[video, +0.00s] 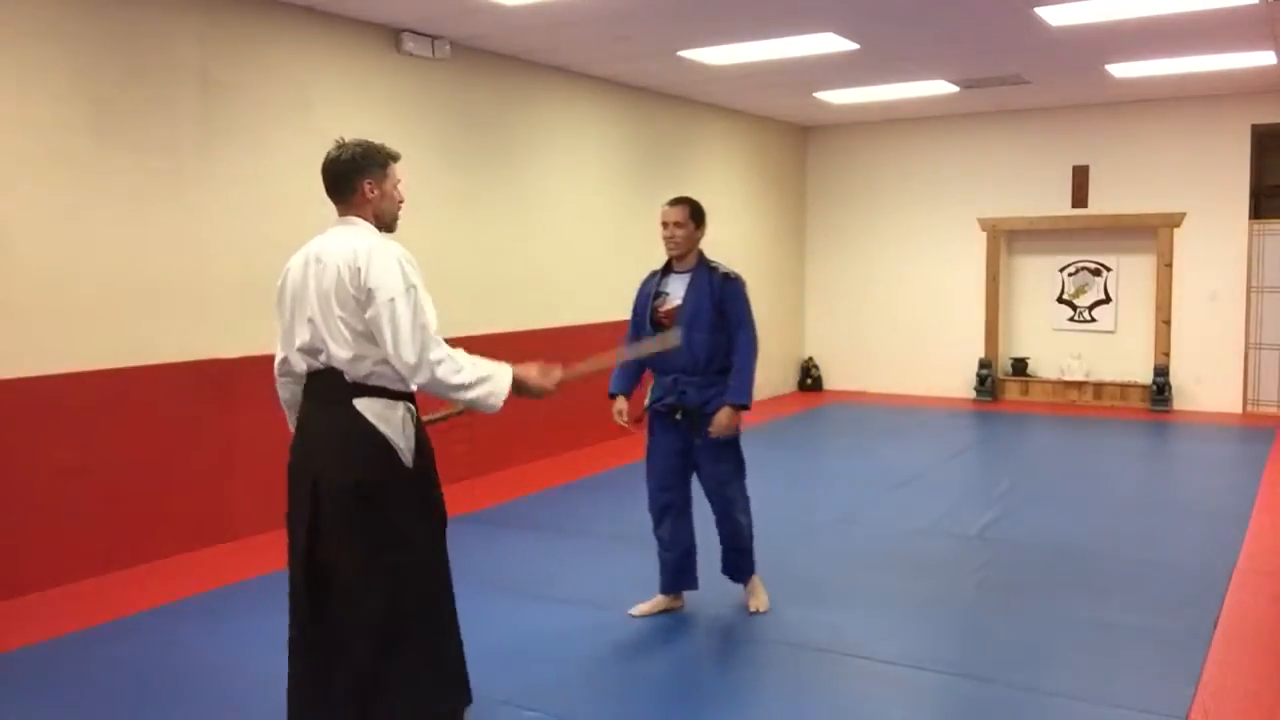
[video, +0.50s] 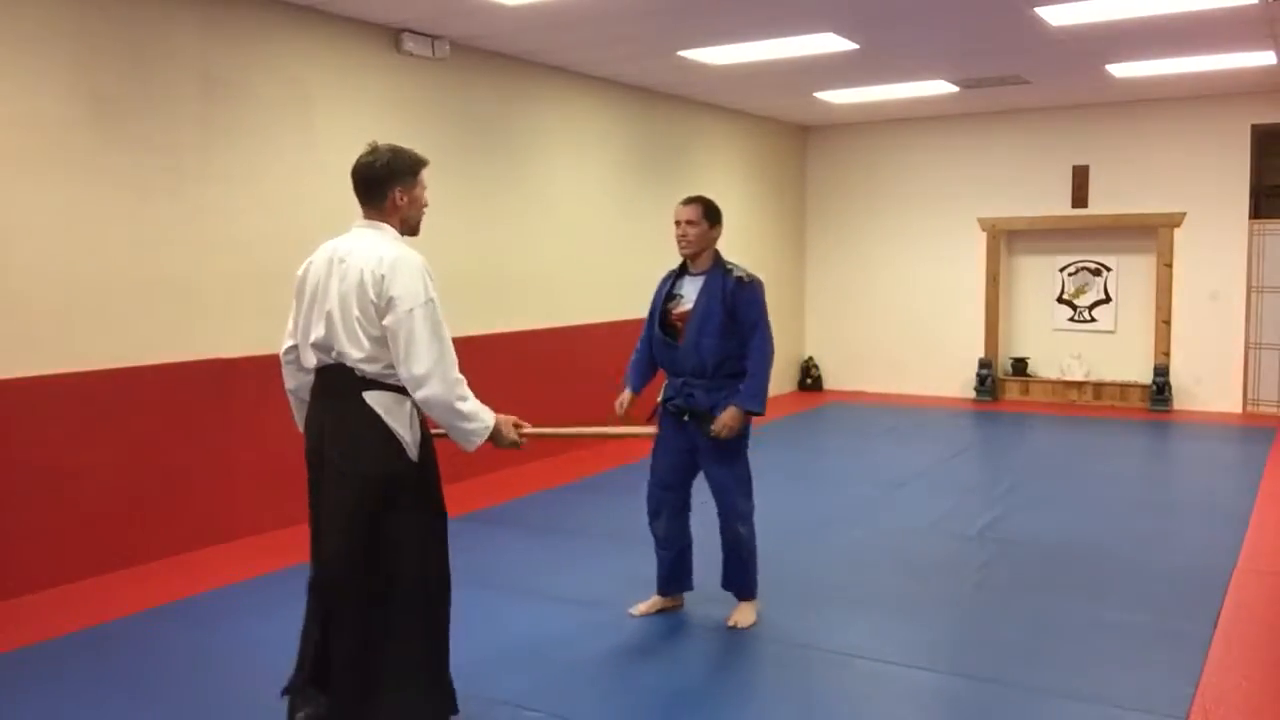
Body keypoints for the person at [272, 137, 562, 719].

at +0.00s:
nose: (402, 194)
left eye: (399, 183)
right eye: (395, 184)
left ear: (348, 194)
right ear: (368, 190)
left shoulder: (299, 264)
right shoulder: (380, 256)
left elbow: (289, 371)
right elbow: (421, 357)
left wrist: (312, 432)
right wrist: (511, 377)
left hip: (316, 433)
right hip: (377, 431)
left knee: (326, 589)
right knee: (402, 584)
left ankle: (329, 709)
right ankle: (414, 706)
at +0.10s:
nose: (411, 197)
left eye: (409, 185)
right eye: (405, 187)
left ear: (355, 196)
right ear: (381, 192)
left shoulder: (307, 264)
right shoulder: (390, 261)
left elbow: (286, 370)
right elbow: (423, 366)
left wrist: (322, 422)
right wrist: (504, 397)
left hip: (325, 426)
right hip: (382, 428)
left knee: (330, 575)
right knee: (398, 571)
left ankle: (322, 704)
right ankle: (403, 700)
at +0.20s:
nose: (422, 200)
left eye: (420, 189)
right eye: (416, 190)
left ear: (367, 198)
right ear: (394, 196)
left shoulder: (315, 262)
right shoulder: (400, 265)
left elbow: (289, 365)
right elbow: (425, 378)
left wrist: (327, 414)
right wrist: (497, 410)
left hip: (326, 424)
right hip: (384, 429)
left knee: (339, 573)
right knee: (399, 570)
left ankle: (328, 703)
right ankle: (402, 703)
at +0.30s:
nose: (429, 202)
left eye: (427, 191)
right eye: (423, 191)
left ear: (373, 199)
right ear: (402, 198)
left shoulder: (319, 262)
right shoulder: (405, 267)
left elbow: (294, 363)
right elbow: (431, 383)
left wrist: (325, 416)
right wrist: (498, 420)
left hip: (328, 422)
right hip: (385, 427)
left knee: (349, 572)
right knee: (407, 567)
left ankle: (334, 701)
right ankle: (406, 701)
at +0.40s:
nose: (431, 201)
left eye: (429, 191)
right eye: (425, 192)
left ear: (376, 199)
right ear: (403, 198)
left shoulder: (321, 261)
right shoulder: (405, 266)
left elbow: (296, 360)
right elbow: (431, 381)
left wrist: (322, 418)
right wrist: (495, 420)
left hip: (328, 419)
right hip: (385, 425)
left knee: (348, 571)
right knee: (410, 565)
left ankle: (322, 700)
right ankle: (405, 701)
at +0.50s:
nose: (427, 199)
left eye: (425, 188)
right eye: (420, 189)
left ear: (372, 198)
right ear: (397, 196)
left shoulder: (319, 261)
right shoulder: (401, 263)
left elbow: (295, 359)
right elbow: (428, 374)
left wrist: (316, 423)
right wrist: (488, 423)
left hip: (328, 419)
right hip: (384, 424)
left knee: (336, 567)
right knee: (407, 565)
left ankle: (318, 700)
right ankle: (412, 702)